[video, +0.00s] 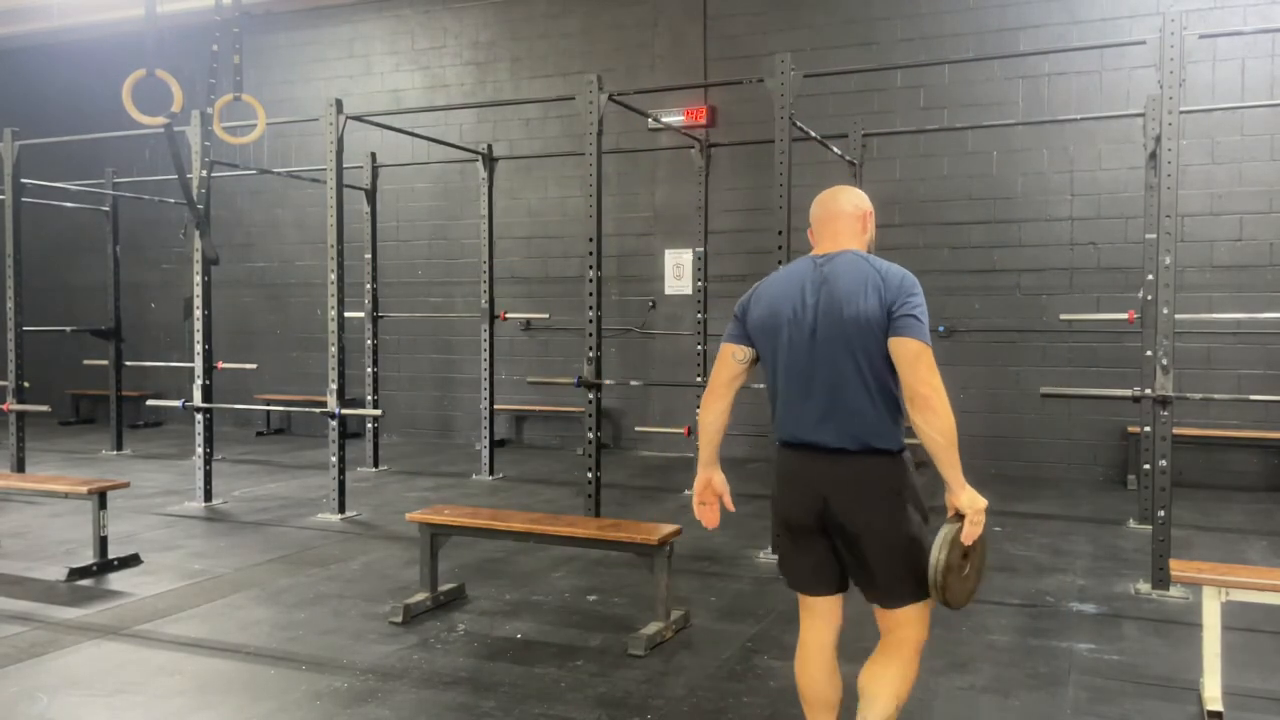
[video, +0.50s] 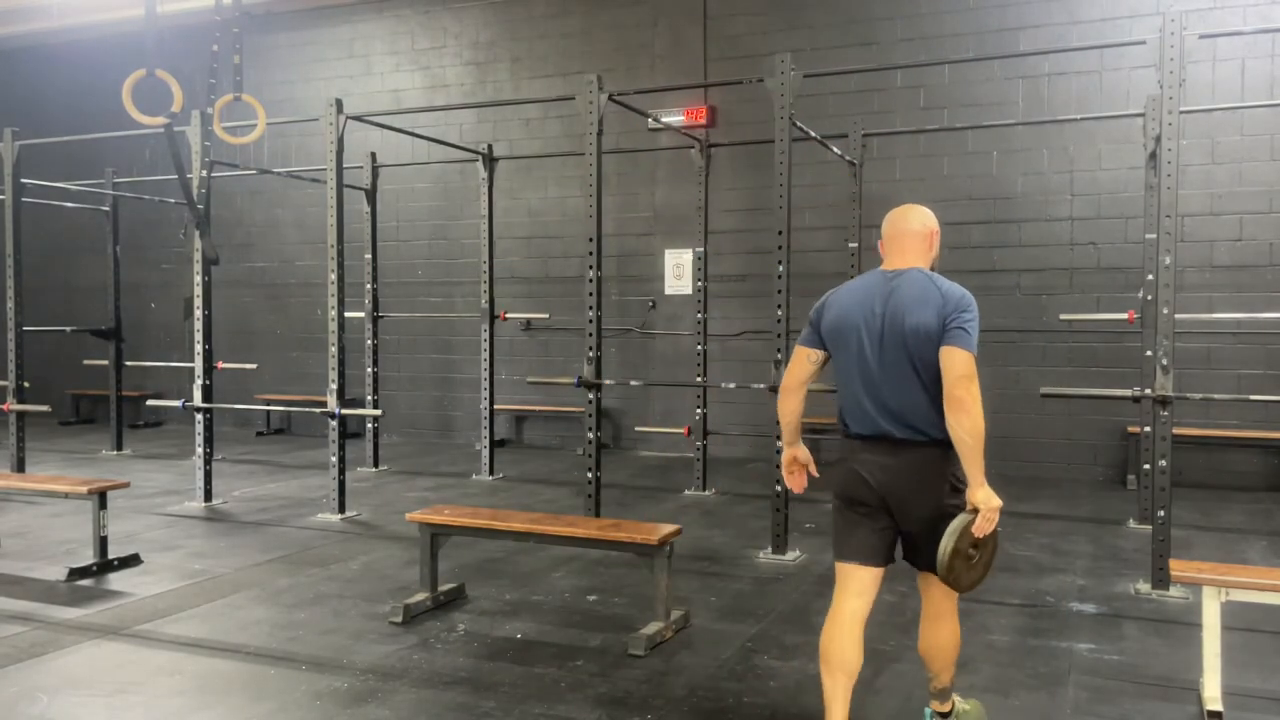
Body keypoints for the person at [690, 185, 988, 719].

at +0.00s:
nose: (873, 233)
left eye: (872, 224)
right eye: (873, 224)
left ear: (810, 232)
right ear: (867, 223)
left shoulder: (765, 292)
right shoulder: (892, 283)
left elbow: (720, 385)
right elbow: (922, 393)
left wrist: (707, 464)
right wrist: (957, 484)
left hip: (796, 483)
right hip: (874, 485)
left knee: (816, 623)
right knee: (903, 630)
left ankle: (822, 716)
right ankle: (868, 713)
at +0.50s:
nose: (937, 250)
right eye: (938, 242)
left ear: (880, 247)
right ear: (933, 244)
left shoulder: (837, 301)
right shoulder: (953, 300)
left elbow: (793, 381)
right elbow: (959, 394)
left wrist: (791, 441)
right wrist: (978, 482)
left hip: (859, 467)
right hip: (928, 471)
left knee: (848, 601)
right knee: (939, 599)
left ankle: (835, 715)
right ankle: (941, 706)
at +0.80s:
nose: (971, 242)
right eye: (971, 235)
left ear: (918, 239)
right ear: (969, 239)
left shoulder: (876, 293)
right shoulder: (989, 294)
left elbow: (835, 368)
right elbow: (1000, 387)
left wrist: (827, 430)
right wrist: (1021, 463)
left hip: (896, 451)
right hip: (960, 453)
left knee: (901, 559)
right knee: (950, 587)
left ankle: (895, 679)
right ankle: (943, 705)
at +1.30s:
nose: (964, 252)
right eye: (966, 244)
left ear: (922, 254)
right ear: (966, 249)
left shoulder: (896, 306)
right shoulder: (1001, 296)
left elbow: (866, 378)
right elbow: (1025, 377)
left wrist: (856, 434)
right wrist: (1052, 442)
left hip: (930, 447)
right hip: (988, 445)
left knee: (950, 557)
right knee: (1003, 560)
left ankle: (972, 662)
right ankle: (972, 651)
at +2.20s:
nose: (900, 279)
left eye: (899, 268)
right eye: (896, 271)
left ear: (918, 254)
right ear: (933, 253)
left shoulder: (933, 294)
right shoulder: (986, 298)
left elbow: (931, 357)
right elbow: (1002, 369)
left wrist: (900, 419)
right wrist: (984, 420)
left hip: (940, 421)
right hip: (980, 423)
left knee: (899, 515)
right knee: (974, 519)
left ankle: (954, 612)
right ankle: (972, 622)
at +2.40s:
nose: (883, 279)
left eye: (883, 269)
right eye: (880, 271)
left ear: (909, 257)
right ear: (914, 257)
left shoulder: (930, 297)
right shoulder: (956, 294)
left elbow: (949, 359)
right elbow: (960, 365)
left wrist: (928, 427)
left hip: (939, 423)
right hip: (964, 422)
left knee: (895, 518)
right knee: (961, 517)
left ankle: (890, 624)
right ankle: (971, 620)